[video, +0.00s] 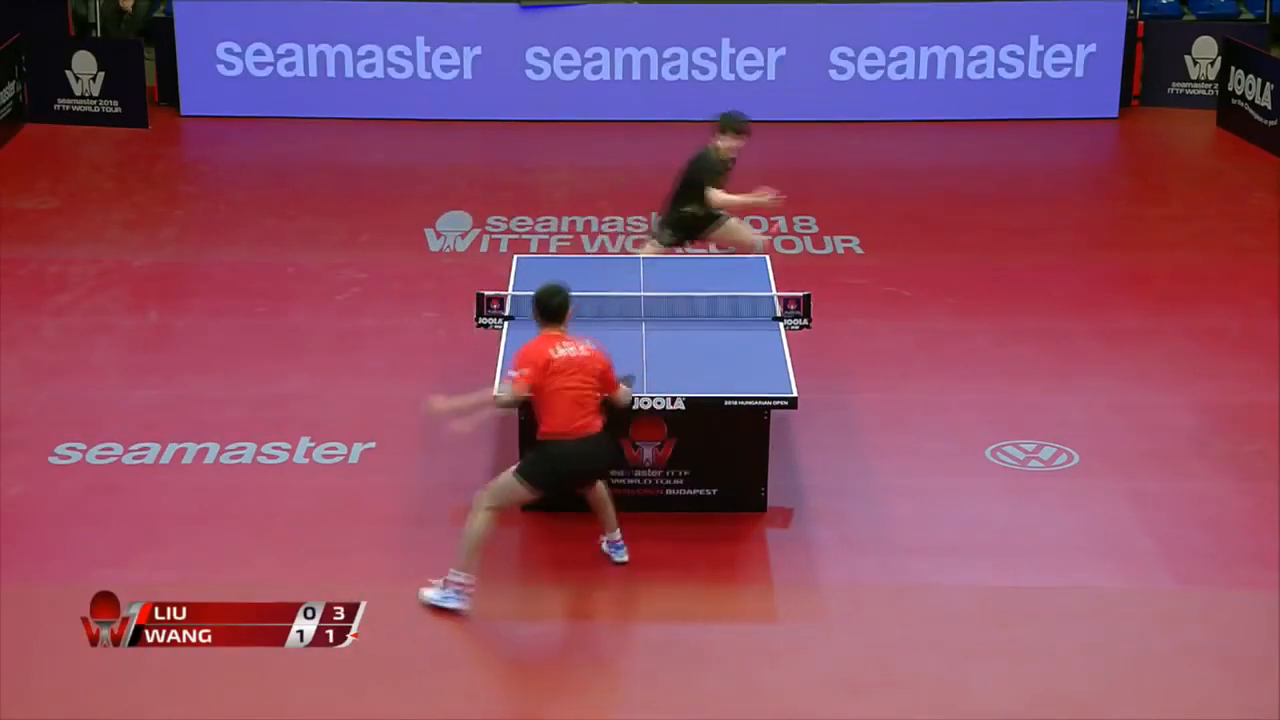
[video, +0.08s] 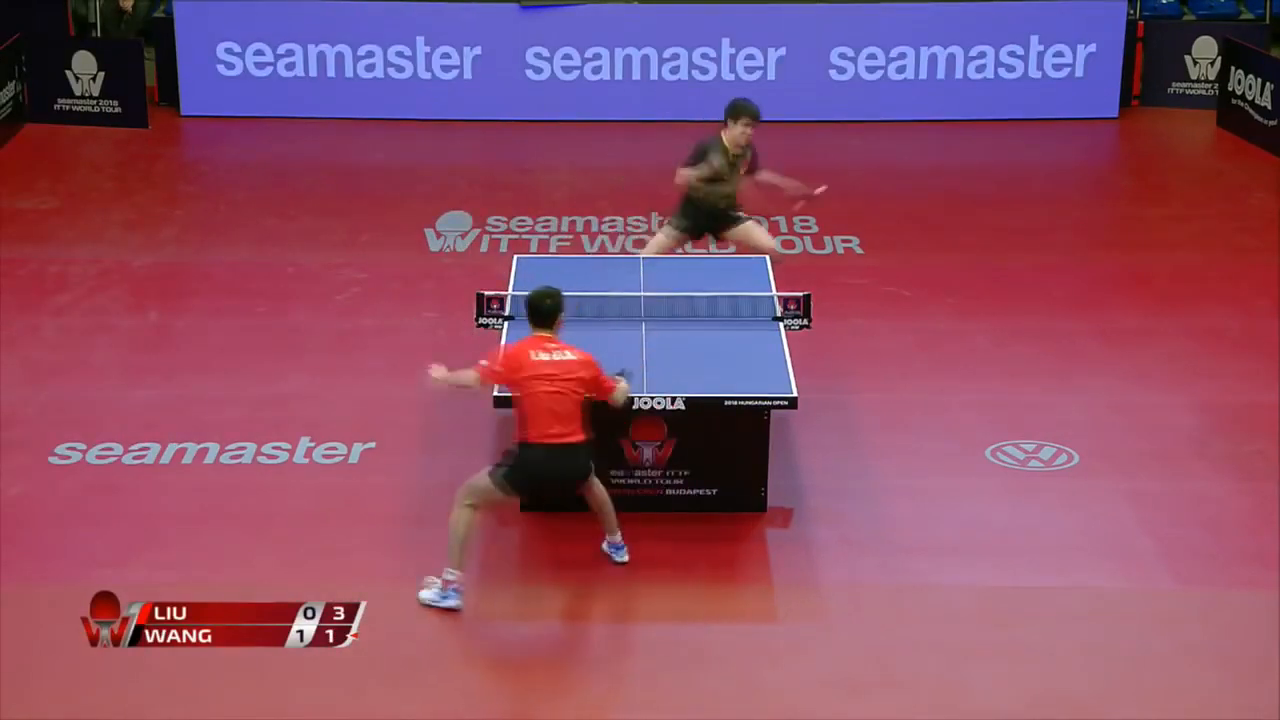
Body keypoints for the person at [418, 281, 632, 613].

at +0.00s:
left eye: (538, 311)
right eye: (564, 310)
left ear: (536, 314)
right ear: (568, 314)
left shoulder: (533, 351)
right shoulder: (591, 351)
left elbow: (517, 394)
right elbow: (620, 398)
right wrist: (623, 387)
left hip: (554, 455)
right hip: (595, 451)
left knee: (487, 500)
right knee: (590, 479)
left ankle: (458, 586)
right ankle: (616, 543)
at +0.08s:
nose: (561, 318)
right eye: (561, 314)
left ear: (528, 317)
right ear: (560, 319)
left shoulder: (515, 354)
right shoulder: (581, 359)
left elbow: (475, 378)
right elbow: (617, 398)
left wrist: (445, 376)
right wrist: (623, 384)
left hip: (532, 462)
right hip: (575, 460)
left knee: (467, 498)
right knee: (589, 481)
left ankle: (451, 585)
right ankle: (617, 543)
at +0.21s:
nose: (550, 323)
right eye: (551, 319)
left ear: (518, 319)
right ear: (549, 323)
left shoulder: (495, 352)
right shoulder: (565, 361)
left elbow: (456, 394)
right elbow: (603, 397)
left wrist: (450, 412)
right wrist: (607, 378)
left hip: (495, 458)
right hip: (541, 462)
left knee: (437, 490)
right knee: (590, 501)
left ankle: (419, 568)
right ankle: (628, 567)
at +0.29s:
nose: (541, 342)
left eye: (535, 336)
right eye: (541, 338)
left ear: (506, 337)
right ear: (537, 341)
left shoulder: (479, 368)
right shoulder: (550, 377)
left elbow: (447, 415)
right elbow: (585, 414)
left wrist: (470, 428)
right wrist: (583, 397)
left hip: (477, 474)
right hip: (525, 478)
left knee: (428, 504)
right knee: (585, 510)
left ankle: (384, 572)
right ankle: (619, 593)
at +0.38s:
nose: (514, 354)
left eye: (504, 348)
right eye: (514, 350)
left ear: (481, 348)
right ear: (511, 352)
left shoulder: (453, 382)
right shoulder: (524, 390)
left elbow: (418, 411)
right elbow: (556, 422)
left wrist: (438, 383)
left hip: (459, 494)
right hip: (512, 495)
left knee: (419, 513)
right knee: (573, 519)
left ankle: (382, 585)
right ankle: (618, 594)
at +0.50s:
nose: (469, 335)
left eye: (459, 332)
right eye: (468, 332)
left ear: (433, 334)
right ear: (463, 335)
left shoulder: (413, 375)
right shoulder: (480, 369)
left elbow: (373, 418)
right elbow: (505, 372)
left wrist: (345, 424)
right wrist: (497, 360)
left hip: (425, 484)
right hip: (471, 485)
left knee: (378, 499)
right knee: (534, 538)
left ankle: (366, 583)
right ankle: (597, 594)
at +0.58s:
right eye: (428, 327)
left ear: (397, 333)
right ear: (428, 330)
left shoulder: (384, 379)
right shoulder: (453, 362)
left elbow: (359, 438)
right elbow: (497, 374)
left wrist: (329, 478)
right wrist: (504, 369)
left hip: (406, 484)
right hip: (454, 481)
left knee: (358, 502)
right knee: (516, 530)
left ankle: (337, 578)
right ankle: (551, 607)